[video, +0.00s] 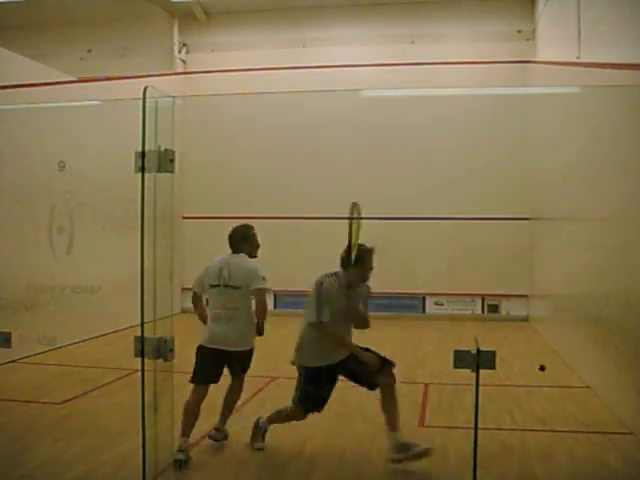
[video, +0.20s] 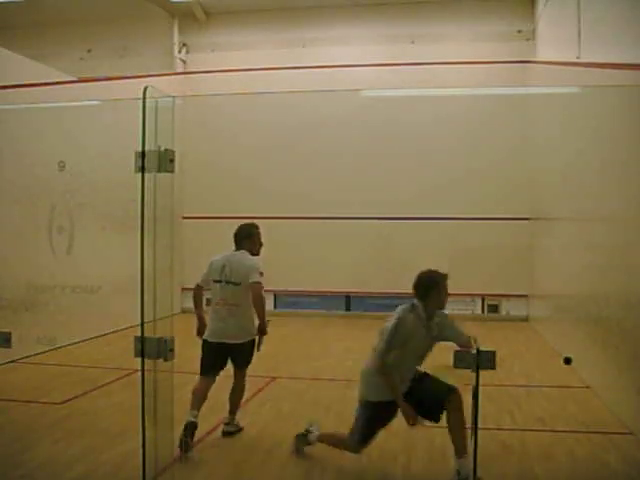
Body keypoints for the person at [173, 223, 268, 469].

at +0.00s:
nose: (259, 244)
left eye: (257, 239)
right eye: (256, 240)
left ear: (233, 244)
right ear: (246, 243)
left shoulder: (213, 266)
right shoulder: (253, 268)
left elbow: (196, 298)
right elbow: (261, 302)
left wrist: (209, 323)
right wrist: (260, 325)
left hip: (212, 340)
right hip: (241, 342)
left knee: (197, 391)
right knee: (237, 380)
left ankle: (182, 445)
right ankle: (220, 426)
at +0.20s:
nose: (262, 244)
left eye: (261, 239)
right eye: (259, 240)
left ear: (237, 242)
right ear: (248, 241)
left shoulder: (216, 262)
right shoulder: (251, 264)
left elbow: (198, 290)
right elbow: (257, 294)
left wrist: (200, 319)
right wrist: (263, 323)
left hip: (214, 334)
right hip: (242, 335)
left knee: (205, 379)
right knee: (239, 377)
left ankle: (192, 419)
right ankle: (230, 421)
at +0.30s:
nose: (262, 235)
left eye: (261, 230)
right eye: (259, 231)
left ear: (239, 234)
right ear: (249, 233)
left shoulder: (218, 254)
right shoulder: (254, 255)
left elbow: (198, 282)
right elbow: (262, 284)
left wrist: (200, 310)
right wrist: (269, 311)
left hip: (220, 326)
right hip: (247, 327)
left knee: (213, 368)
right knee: (245, 371)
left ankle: (202, 410)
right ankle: (233, 416)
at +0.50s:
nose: (261, 251)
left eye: (260, 247)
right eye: (260, 247)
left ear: (239, 250)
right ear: (257, 248)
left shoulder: (224, 268)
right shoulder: (260, 269)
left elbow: (206, 296)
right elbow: (269, 298)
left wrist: (210, 320)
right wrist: (278, 323)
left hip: (227, 334)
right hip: (253, 334)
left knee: (217, 369)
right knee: (280, 363)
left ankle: (199, 408)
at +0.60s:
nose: (270, 267)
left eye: (269, 263)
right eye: (270, 263)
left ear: (250, 264)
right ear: (267, 264)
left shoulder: (235, 282)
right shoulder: (267, 284)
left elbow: (219, 313)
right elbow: (275, 317)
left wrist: (228, 334)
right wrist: (289, 339)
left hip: (230, 344)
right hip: (254, 343)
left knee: (223, 372)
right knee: (294, 365)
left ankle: (201, 408)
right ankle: (310, 409)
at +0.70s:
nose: (291, 263)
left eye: (290, 259)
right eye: (290, 260)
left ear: (269, 260)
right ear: (286, 261)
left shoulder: (255, 279)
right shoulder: (286, 283)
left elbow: (244, 310)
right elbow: (291, 317)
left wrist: (259, 325)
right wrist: (306, 339)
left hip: (251, 343)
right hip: (276, 344)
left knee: (233, 373)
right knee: (312, 367)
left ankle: (206, 407)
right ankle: (323, 412)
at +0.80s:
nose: (313, 251)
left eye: (312, 247)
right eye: (312, 247)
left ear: (292, 248)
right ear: (309, 248)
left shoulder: (278, 267)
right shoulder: (306, 270)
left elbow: (269, 299)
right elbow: (310, 304)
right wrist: (327, 330)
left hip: (274, 334)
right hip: (298, 334)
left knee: (258, 371)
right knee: (329, 364)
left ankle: (232, 409)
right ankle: (326, 412)